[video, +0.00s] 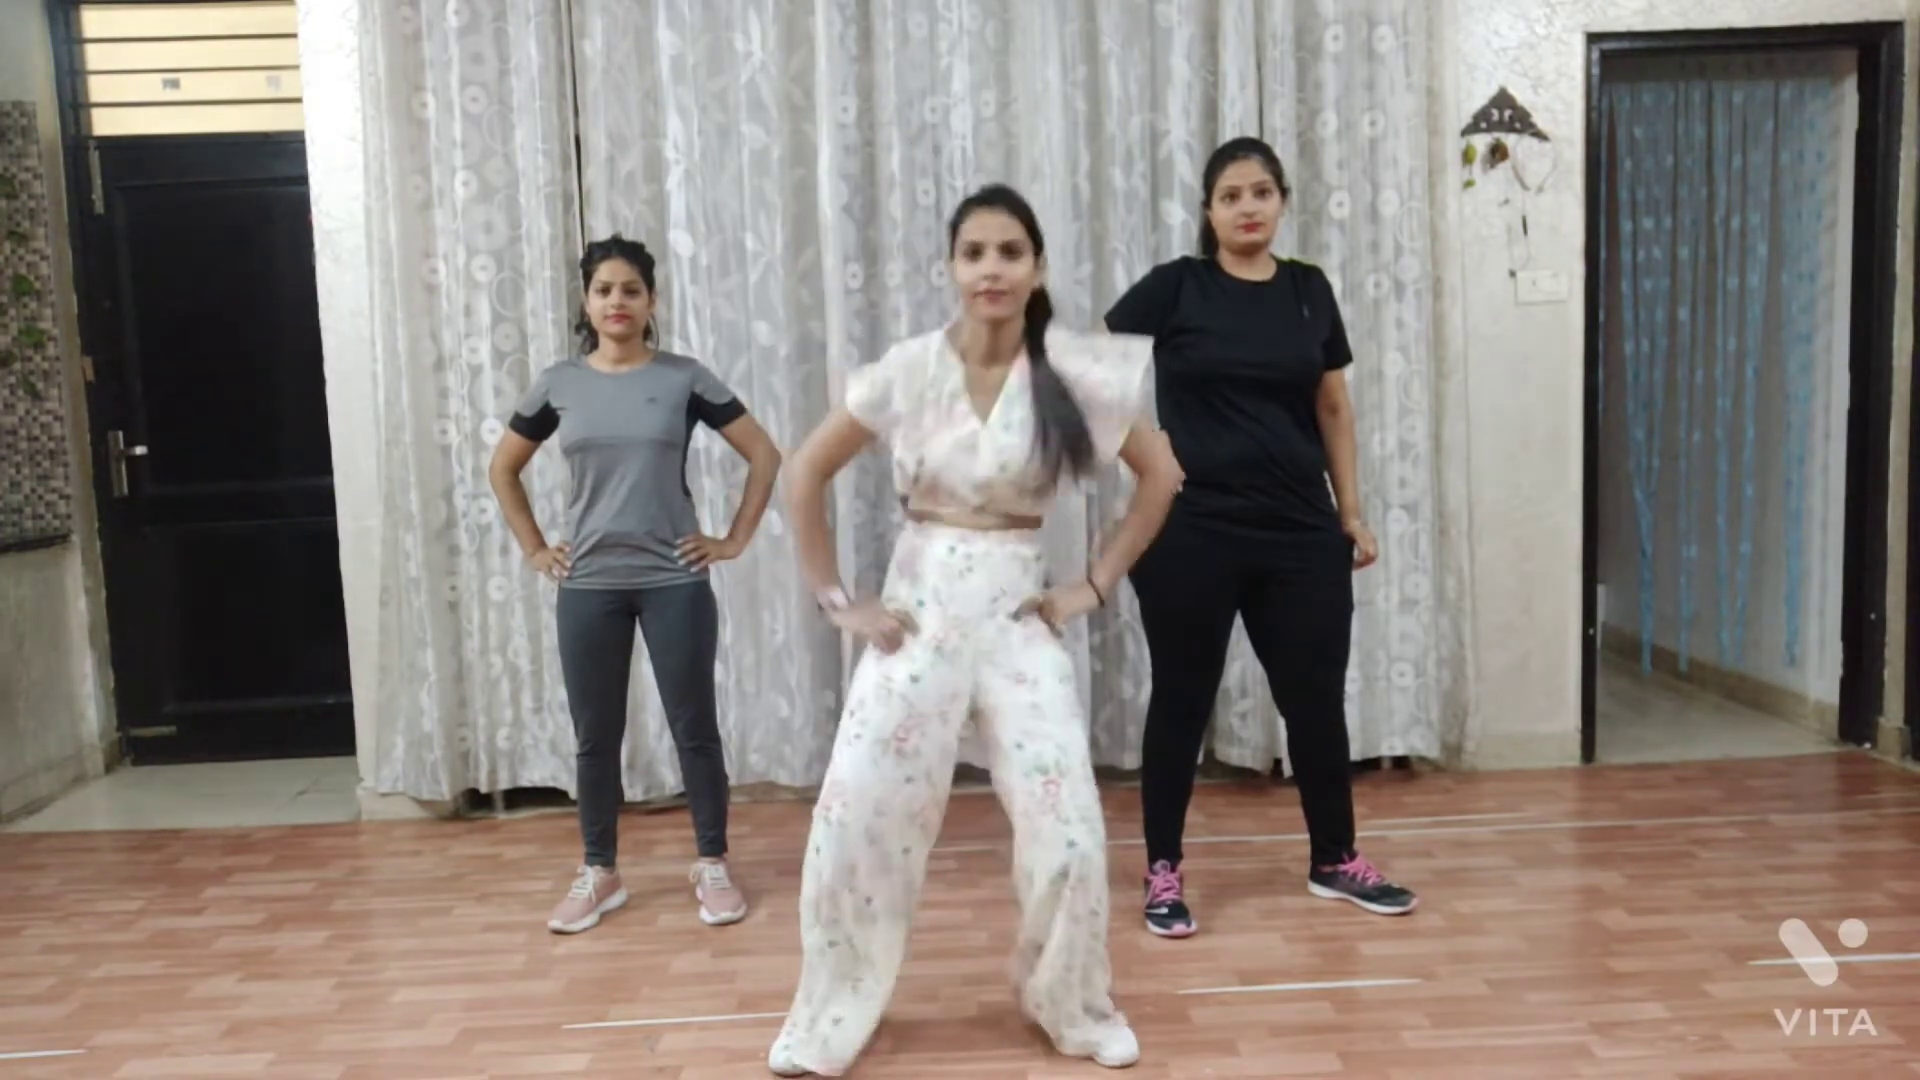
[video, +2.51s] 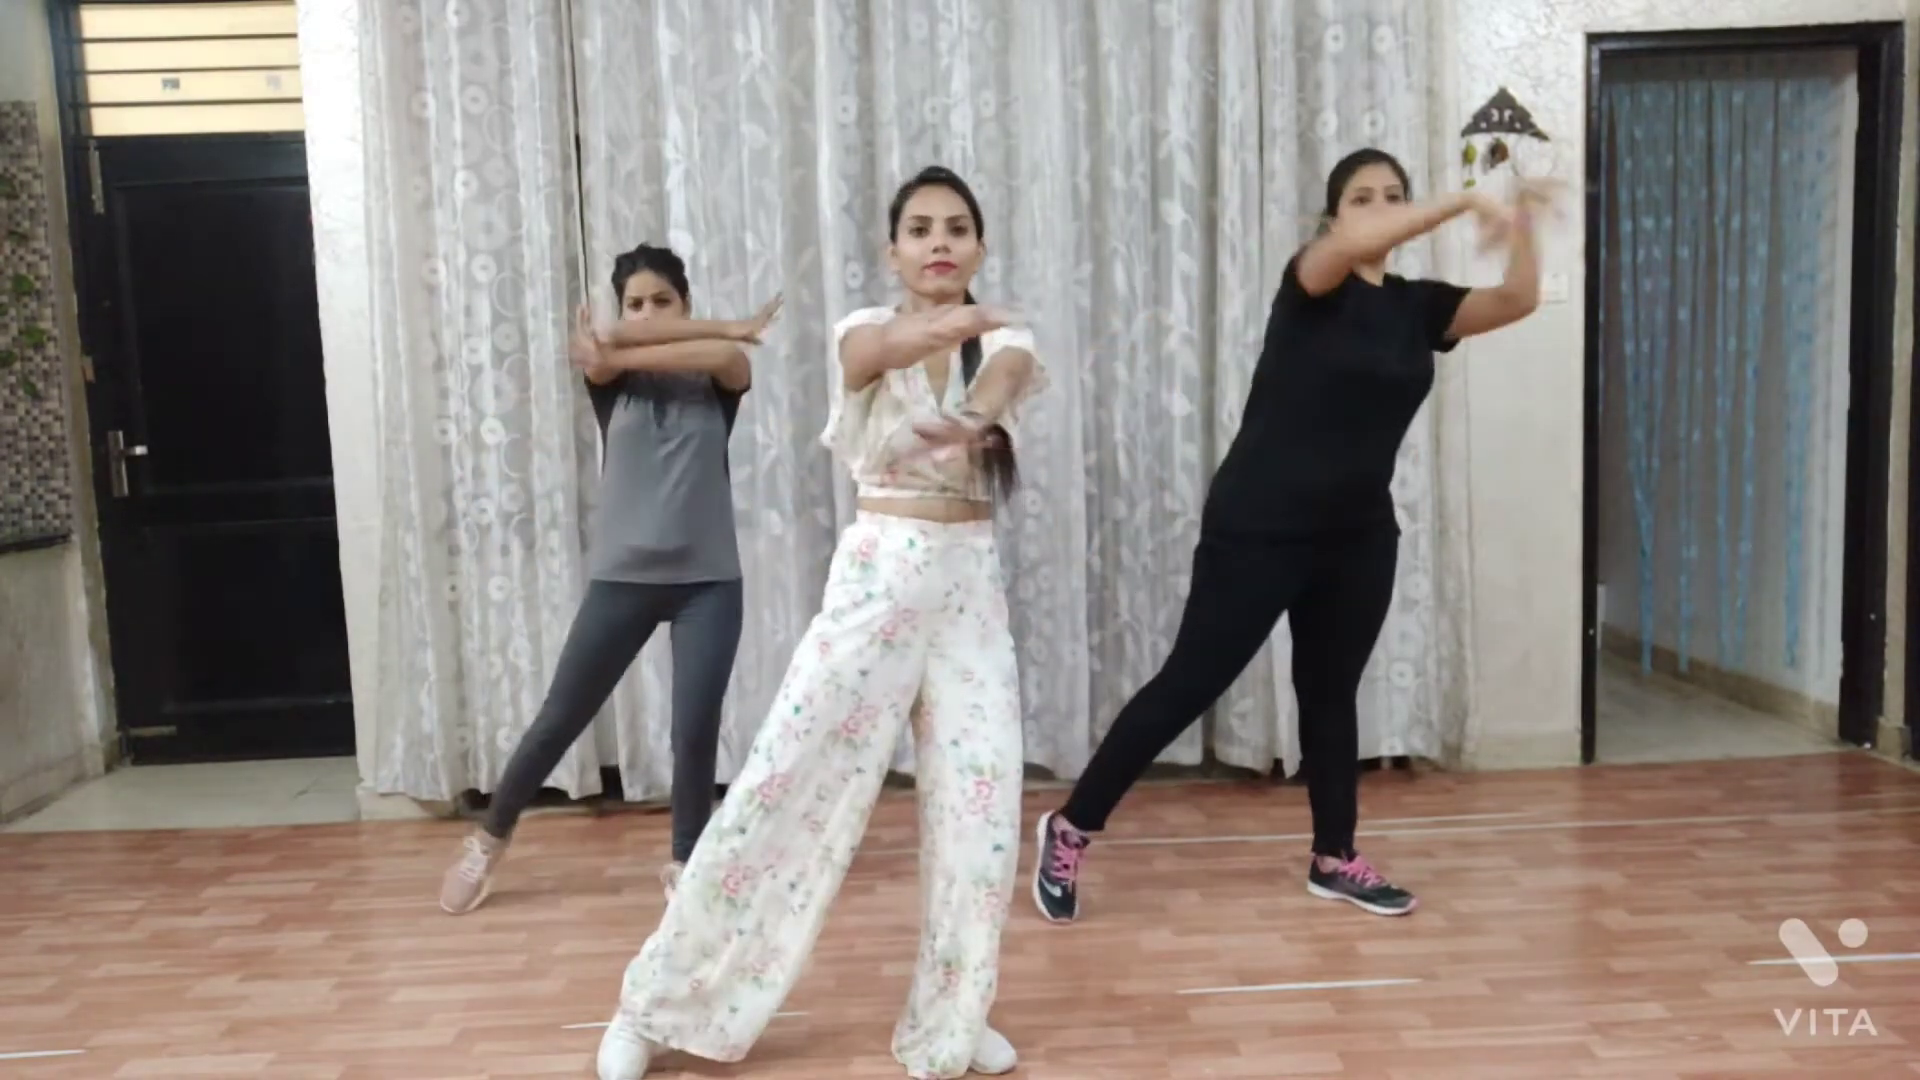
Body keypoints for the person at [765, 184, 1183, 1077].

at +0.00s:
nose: (992, 269)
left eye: (1010, 252)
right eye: (975, 253)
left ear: (1038, 267)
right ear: (951, 267)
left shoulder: (1075, 376)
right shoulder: (907, 373)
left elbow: (1163, 478)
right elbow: (802, 474)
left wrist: (1092, 585)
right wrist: (838, 599)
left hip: (1020, 619)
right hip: (912, 614)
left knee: (1070, 830)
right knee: (852, 815)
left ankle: (1075, 1006)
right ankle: (825, 1020)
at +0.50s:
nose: (922, 218)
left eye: (941, 202)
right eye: (905, 202)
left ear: (968, 219)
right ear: (880, 219)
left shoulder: (1008, 327)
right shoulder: (835, 332)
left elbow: (1114, 425)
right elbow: (749, 443)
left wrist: (1062, 539)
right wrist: (793, 569)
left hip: (986, 578)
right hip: (880, 582)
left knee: (1032, 783)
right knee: (838, 790)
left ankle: (1081, 990)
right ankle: (817, 1003)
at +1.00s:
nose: (914, 253)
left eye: (932, 241)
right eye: (898, 241)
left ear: (961, 265)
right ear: (873, 262)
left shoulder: (991, 373)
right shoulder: (822, 369)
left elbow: (1070, 464)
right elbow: (764, 482)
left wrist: (1044, 577)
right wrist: (790, 597)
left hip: (976, 617)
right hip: (867, 622)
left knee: (1038, 813)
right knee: (828, 823)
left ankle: (1067, 1002)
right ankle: (815, 1009)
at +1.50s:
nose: (927, 230)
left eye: (944, 215)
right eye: (908, 219)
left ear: (975, 236)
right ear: (887, 244)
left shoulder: (1021, 342)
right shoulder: (856, 349)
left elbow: (1120, 424)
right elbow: (738, 428)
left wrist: (1198, 494)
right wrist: (632, 491)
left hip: (975, 608)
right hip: (879, 600)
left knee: (991, 822)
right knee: (785, 798)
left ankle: (926, 1003)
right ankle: (662, 1013)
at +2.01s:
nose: (926, 238)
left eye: (944, 224)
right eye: (907, 228)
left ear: (974, 250)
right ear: (885, 256)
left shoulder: (1009, 341)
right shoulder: (864, 348)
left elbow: (1131, 372)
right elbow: (772, 378)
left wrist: (1248, 404)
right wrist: (675, 408)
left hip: (972, 606)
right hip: (871, 599)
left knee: (983, 823)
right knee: (768, 797)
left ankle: (948, 1030)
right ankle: (646, 1014)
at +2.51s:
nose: (941, 244)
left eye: (957, 230)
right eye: (922, 230)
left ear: (982, 248)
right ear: (893, 247)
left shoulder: (1003, 336)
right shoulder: (860, 333)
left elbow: (1006, 377)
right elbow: (883, 347)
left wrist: (969, 420)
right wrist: (962, 322)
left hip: (971, 597)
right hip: (875, 591)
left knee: (985, 811)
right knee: (773, 784)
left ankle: (948, 1025)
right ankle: (644, 1011)